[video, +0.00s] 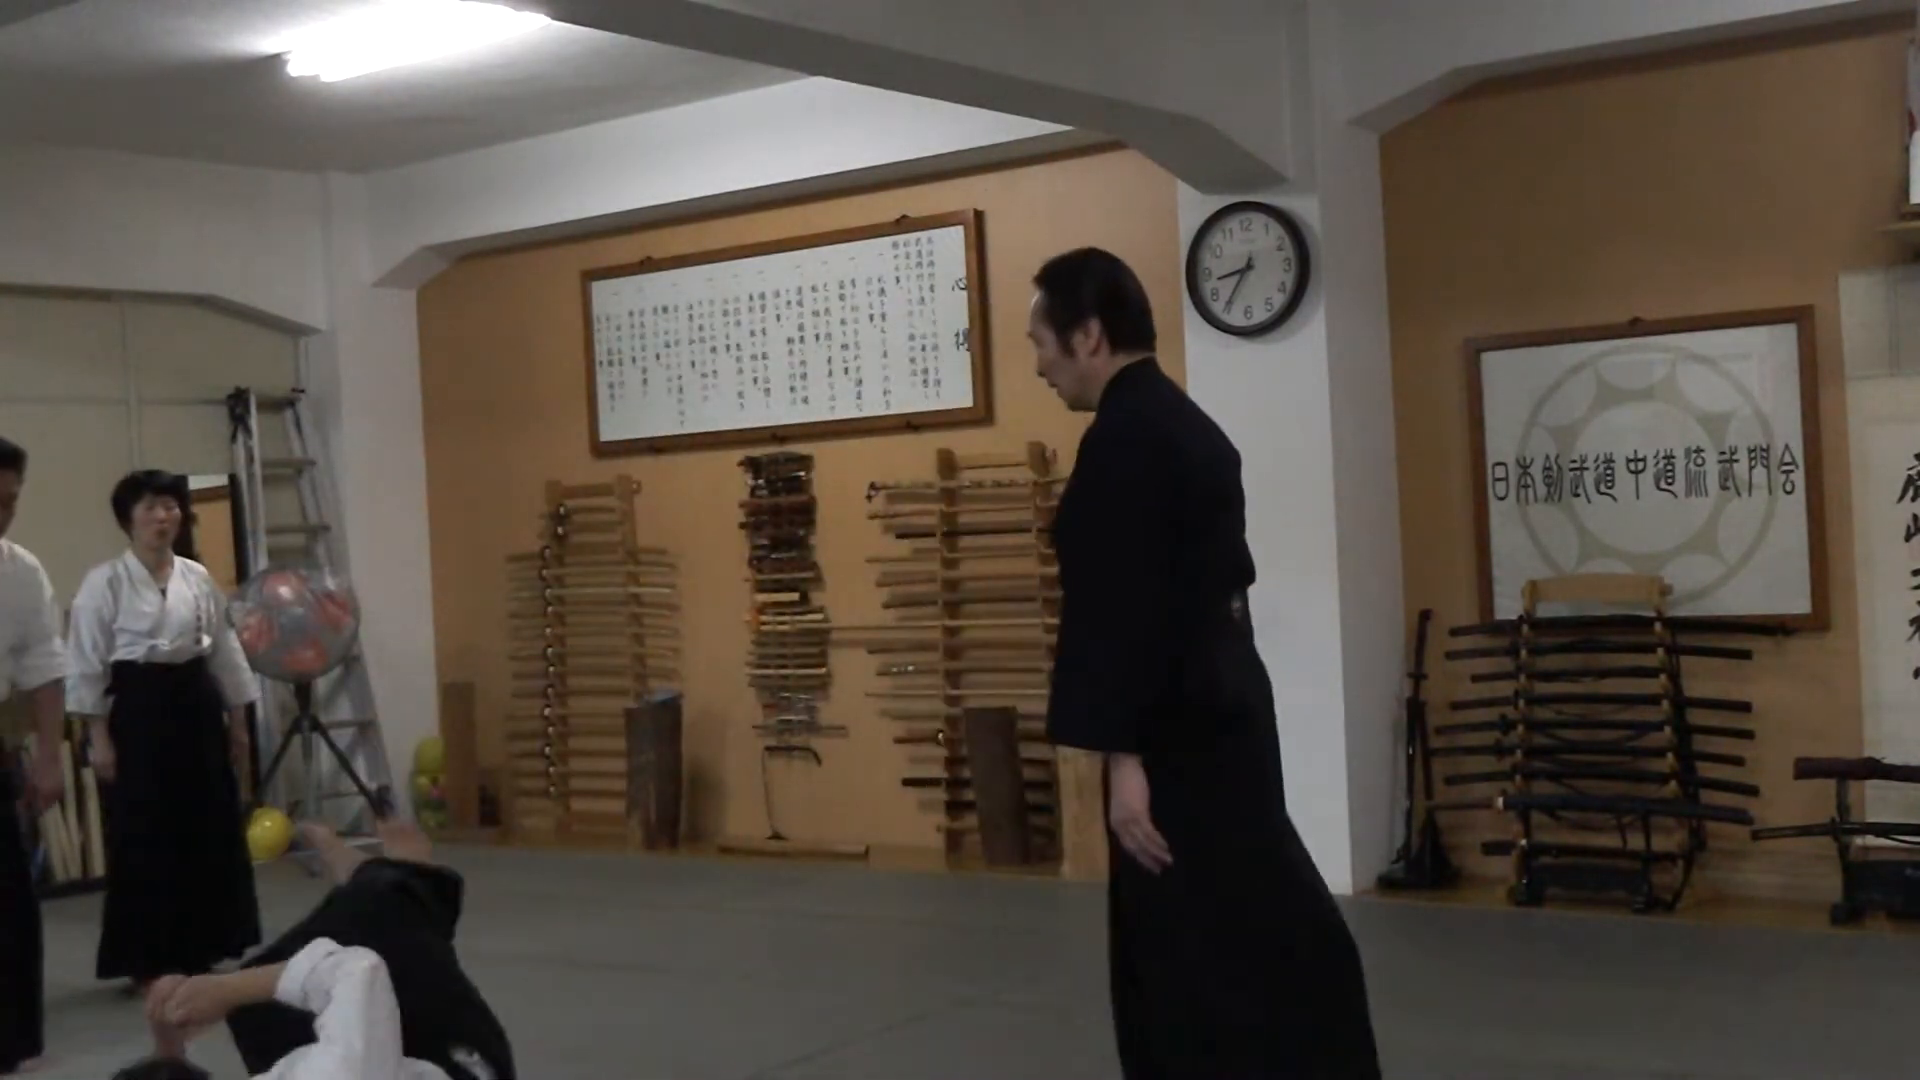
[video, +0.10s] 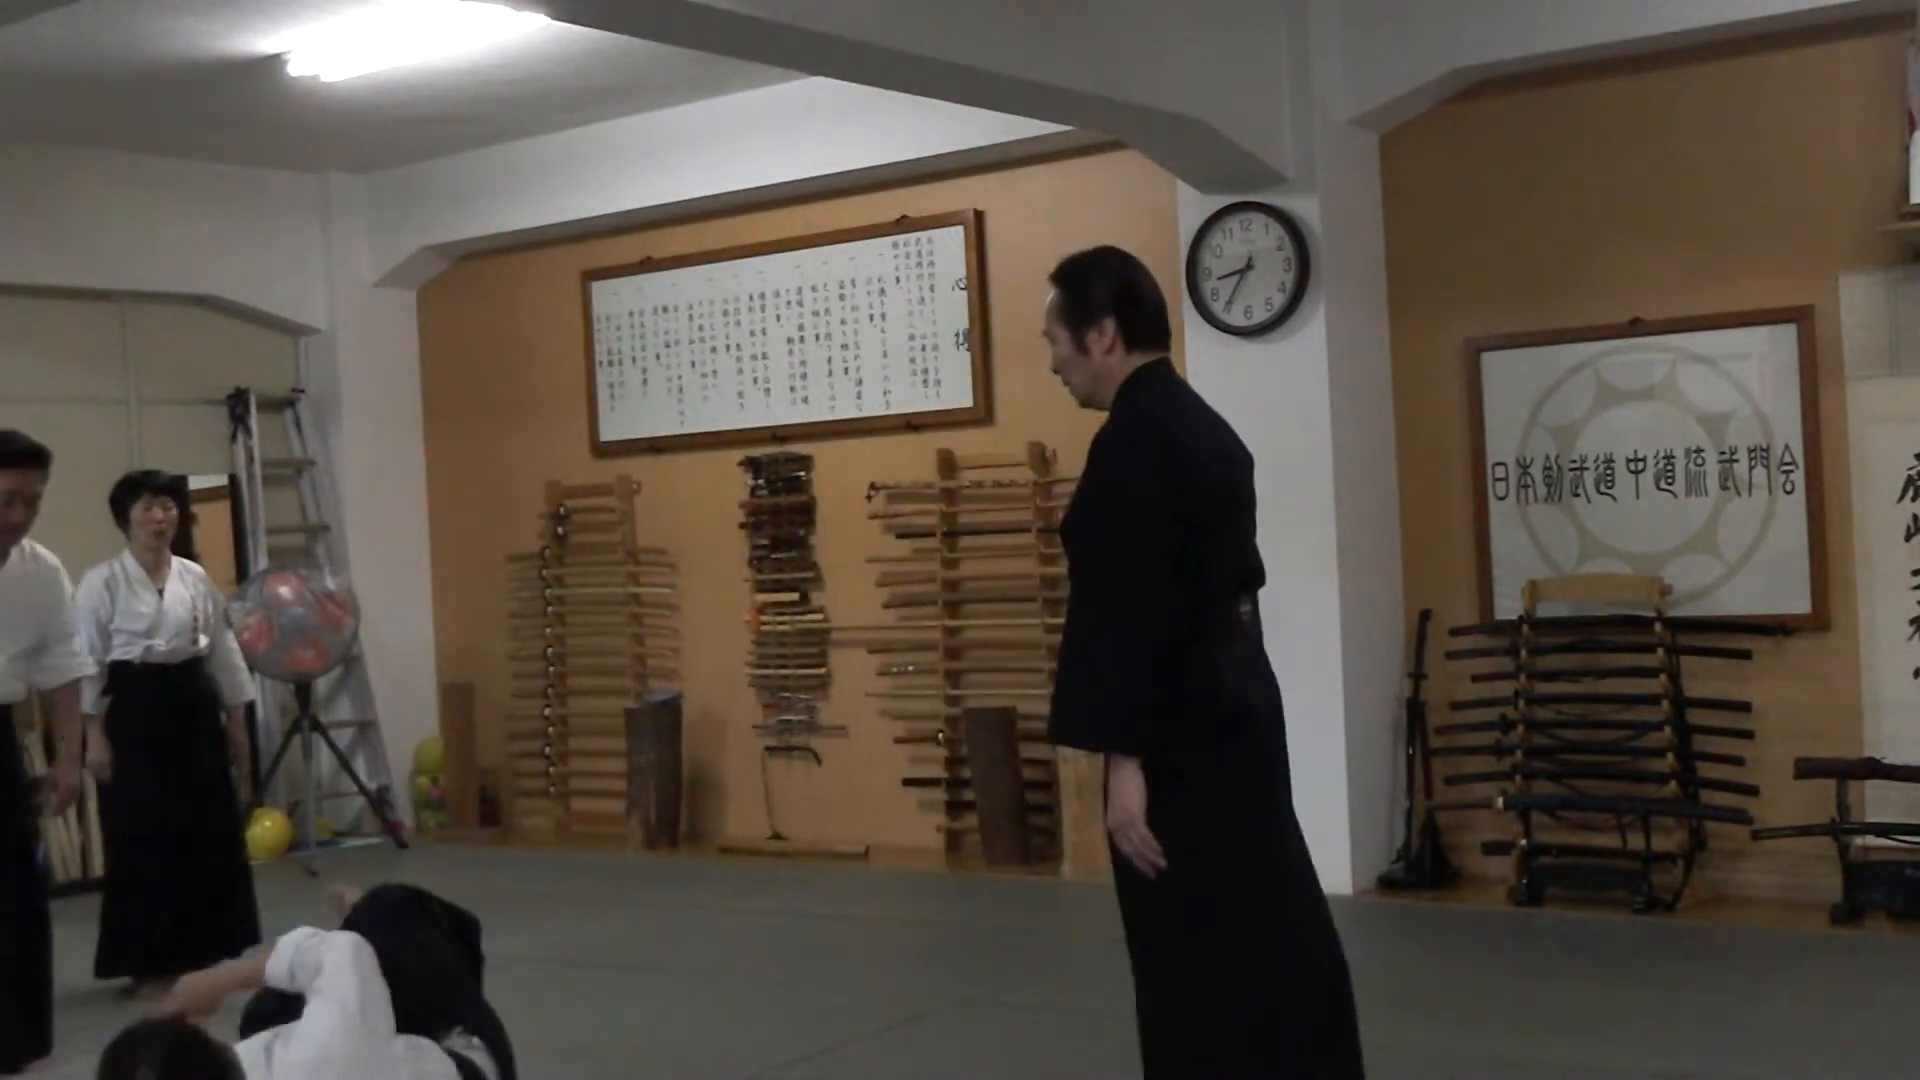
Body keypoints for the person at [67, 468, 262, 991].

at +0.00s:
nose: (163, 516)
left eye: (171, 506)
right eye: (150, 507)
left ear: (181, 516)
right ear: (128, 519)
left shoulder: (197, 577)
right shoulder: (104, 583)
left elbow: (225, 651)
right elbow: (87, 662)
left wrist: (240, 722)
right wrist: (98, 734)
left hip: (195, 706)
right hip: (138, 710)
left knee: (205, 825)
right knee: (145, 831)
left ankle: (201, 955)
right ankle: (147, 961)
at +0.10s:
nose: (159, 516)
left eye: (168, 507)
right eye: (148, 507)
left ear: (179, 518)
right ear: (125, 517)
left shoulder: (194, 578)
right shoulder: (102, 582)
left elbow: (223, 649)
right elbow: (89, 662)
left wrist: (237, 719)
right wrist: (94, 732)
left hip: (192, 705)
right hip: (134, 710)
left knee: (205, 825)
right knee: (143, 831)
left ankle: (204, 955)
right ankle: (150, 962)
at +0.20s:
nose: (155, 517)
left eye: (162, 508)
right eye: (143, 508)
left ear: (174, 519)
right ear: (121, 518)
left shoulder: (193, 578)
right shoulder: (98, 582)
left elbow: (220, 650)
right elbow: (82, 663)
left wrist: (235, 721)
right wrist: (84, 742)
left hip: (189, 705)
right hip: (129, 710)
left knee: (204, 824)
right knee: (140, 830)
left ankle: (211, 951)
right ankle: (148, 957)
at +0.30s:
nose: (151, 518)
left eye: (158, 508)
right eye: (138, 509)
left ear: (168, 518)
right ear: (115, 521)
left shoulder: (187, 578)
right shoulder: (93, 583)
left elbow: (214, 648)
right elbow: (72, 666)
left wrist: (231, 715)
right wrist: (75, 747)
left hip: (185, 706)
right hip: (125, 710)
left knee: (200, 826)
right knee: (133, 834)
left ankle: (211, 952)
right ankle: (135, 960)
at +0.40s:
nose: (144, 519)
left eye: (151, 510)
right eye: (132, 511)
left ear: (162, 520)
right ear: (109, 522)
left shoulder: (181, 579)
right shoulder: (89, 585)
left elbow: (209, 649)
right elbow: (71, 663)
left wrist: (222, 717)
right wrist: (73, 738)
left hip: (179, 702)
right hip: (119, 704)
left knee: (195, 819)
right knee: (130, 824)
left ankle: (204, 932)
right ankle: (135, 933)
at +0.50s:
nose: (137, 524)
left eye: (145, 515)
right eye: (126, 515)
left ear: (156, 524)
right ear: (102, 524)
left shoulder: (175, 580)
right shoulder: (85, 585)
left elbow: (203, 648)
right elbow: (76, 661)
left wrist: (219, 715)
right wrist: (77, 732)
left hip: (173, 697)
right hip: (115, 703)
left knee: (190, 808)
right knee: (130, 813)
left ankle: (199, 918)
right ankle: (137, 918)